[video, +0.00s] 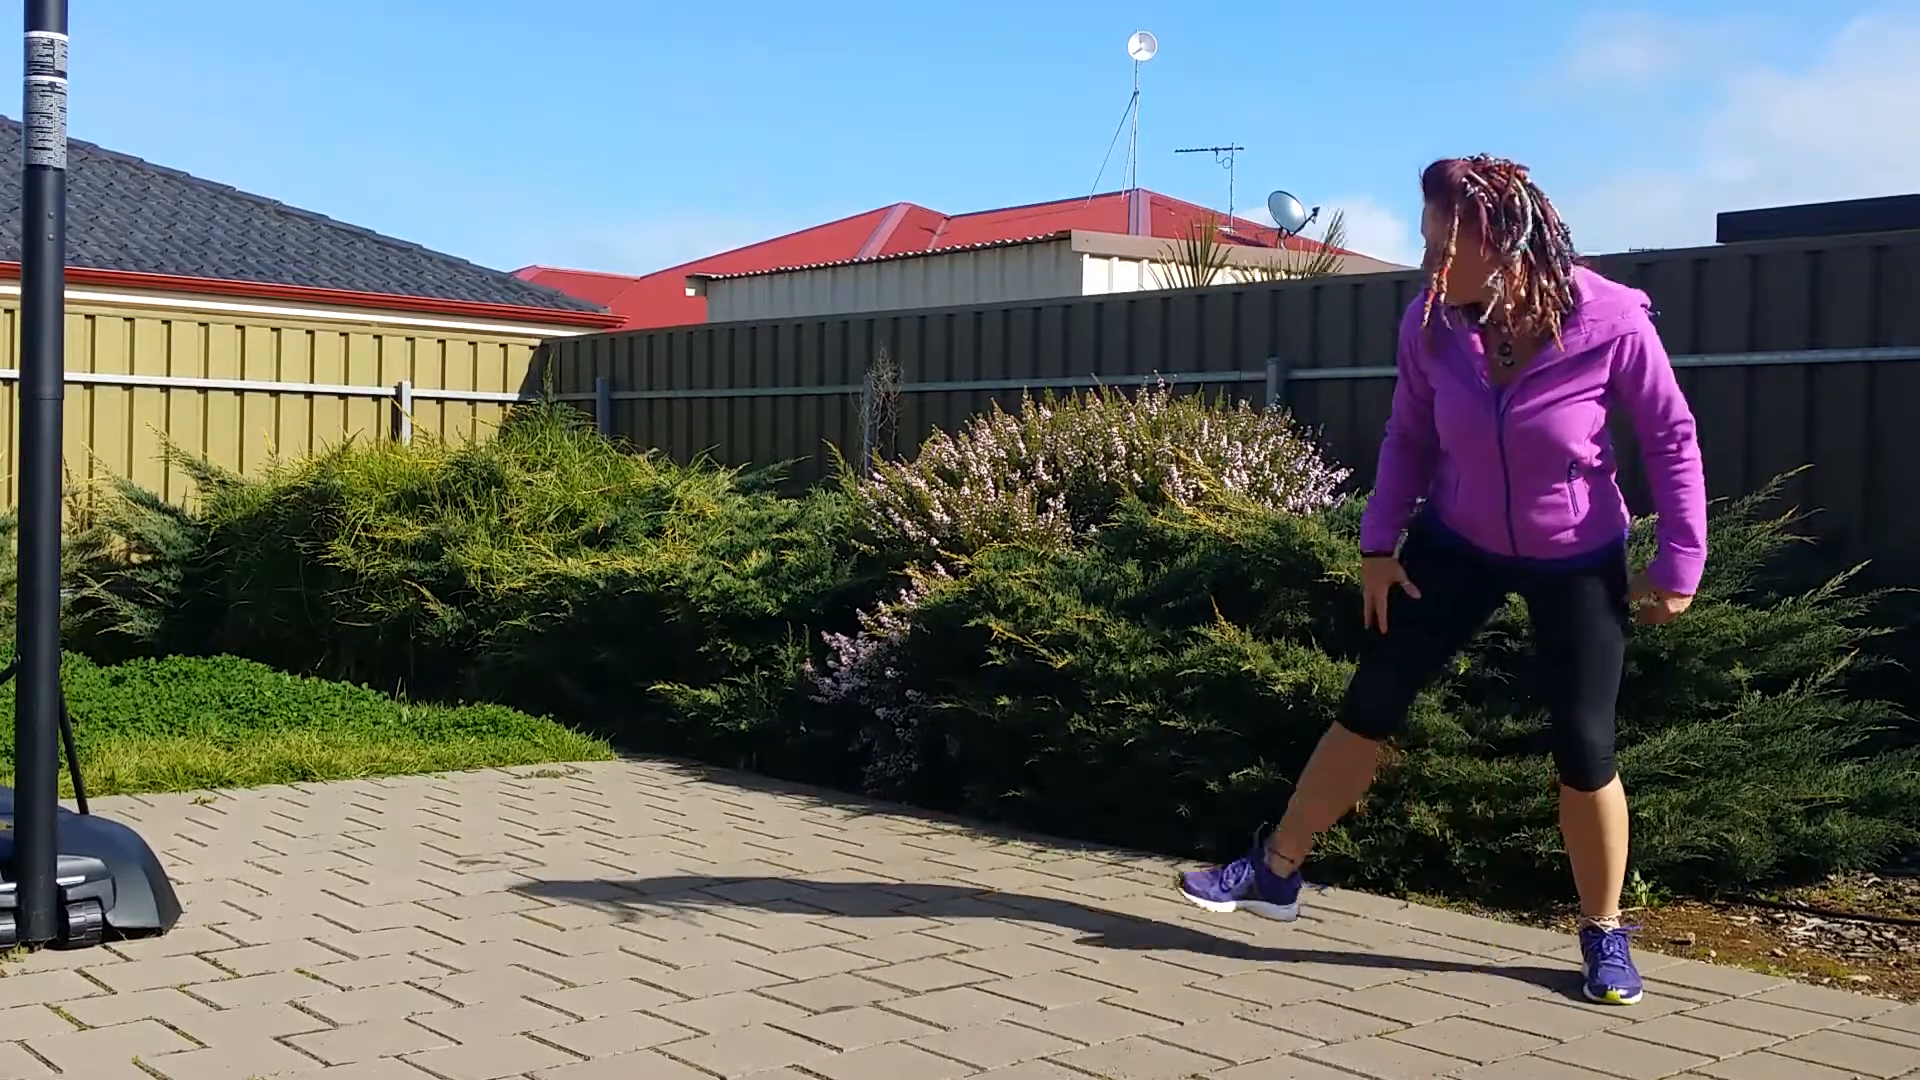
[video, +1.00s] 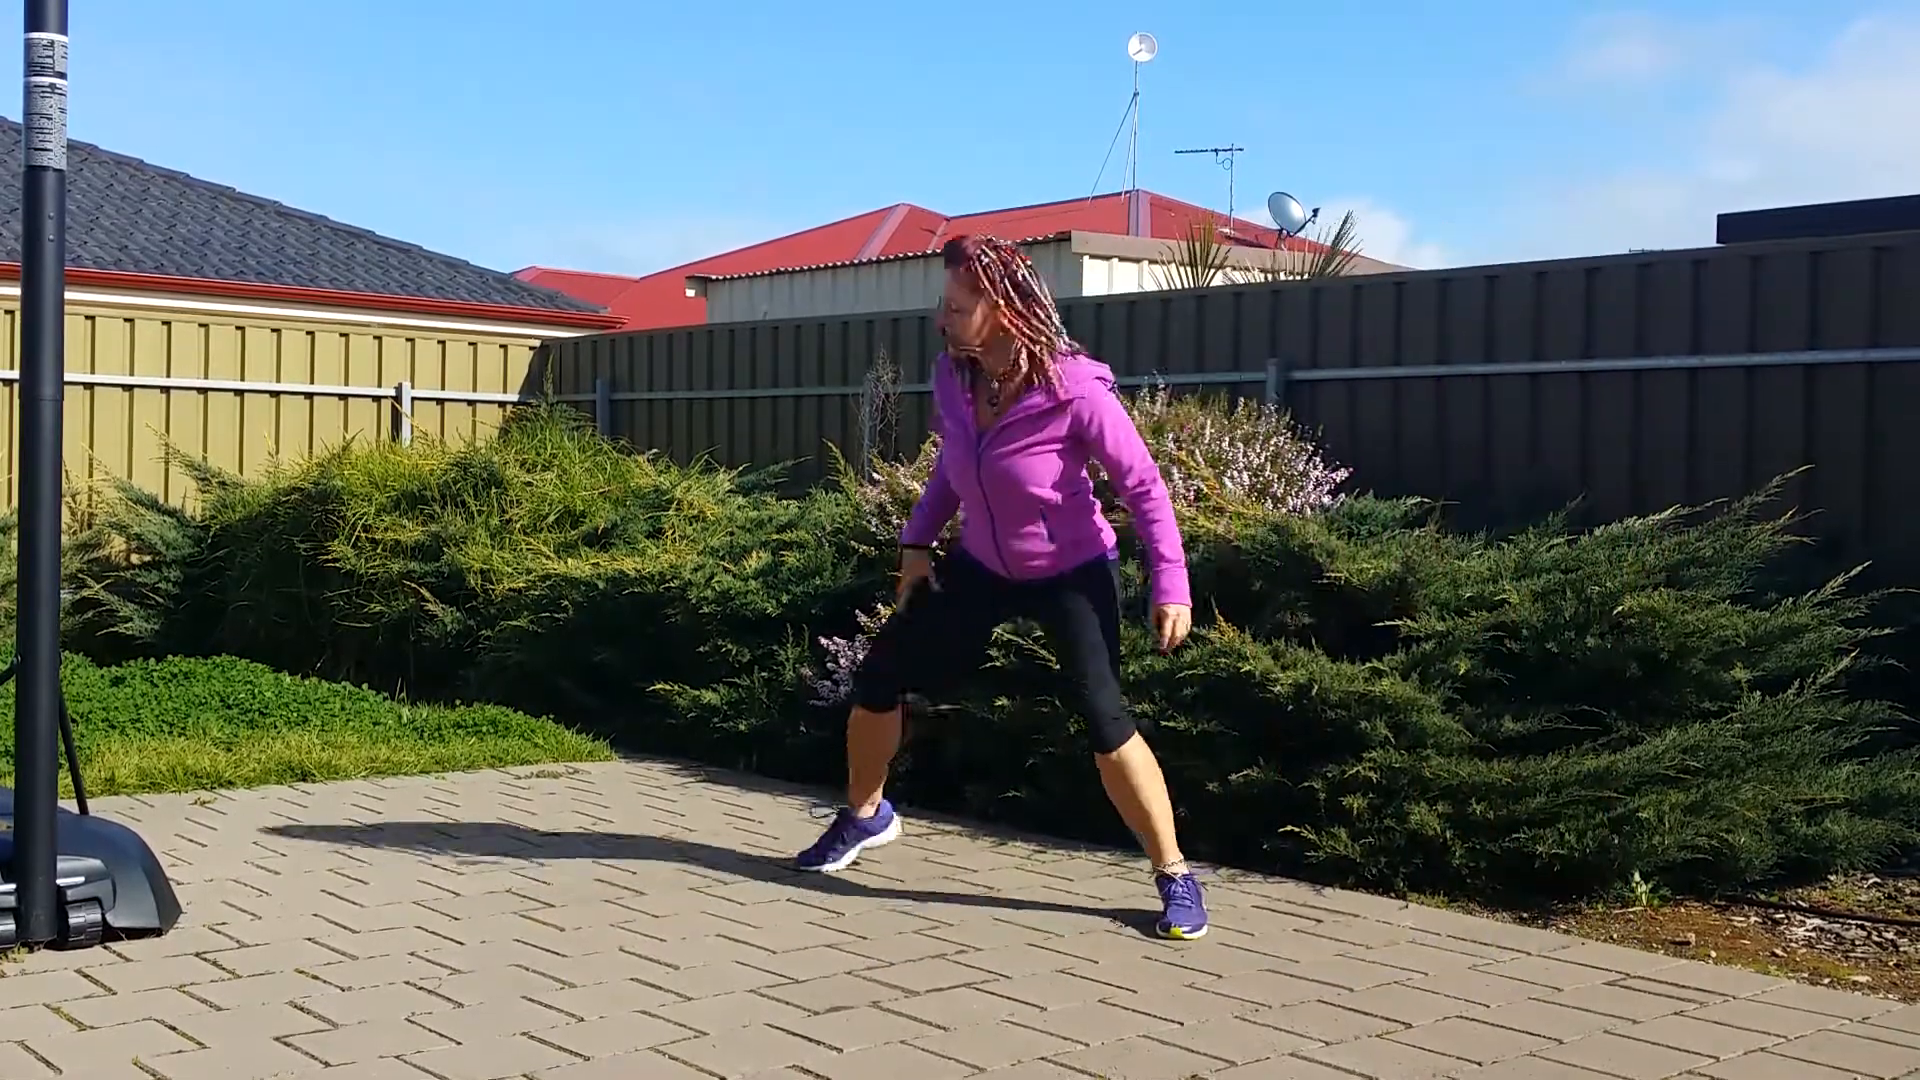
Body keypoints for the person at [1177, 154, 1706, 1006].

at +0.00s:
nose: (1431, 259)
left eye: (1441, 242)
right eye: (1429, 242)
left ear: (1498, 238)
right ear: (1456, 237)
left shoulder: (1614, 317)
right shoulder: (1431, 317)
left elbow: (1671, 435)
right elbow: (1407, 436)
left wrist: (1681, 554)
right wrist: (1379, 541)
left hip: (1576, 556)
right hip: (1456, 544)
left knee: (1586, 749)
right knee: (1370, 704)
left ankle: (1605, 938)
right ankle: (1274, 868)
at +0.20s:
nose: (1364, 326)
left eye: (1376, 311)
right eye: (1363, 310)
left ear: (1434, 310)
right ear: (1393, 312)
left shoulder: (1548, 377)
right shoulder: (1375, 382)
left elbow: (1621, 490)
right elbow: (1361, 477)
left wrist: (1650, 607)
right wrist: (1314, 562)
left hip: (1526, 593)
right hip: (1410, 578)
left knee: (1551, 769)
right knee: (1278, 680)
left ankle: (1601, 935)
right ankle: (1162, 836)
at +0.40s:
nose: (1229, 326)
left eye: (1241, 312)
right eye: (1229, 311)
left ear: (1296, 313)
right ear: (1259, 313)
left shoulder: (1396, 379)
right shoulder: (1236, 380)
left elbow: (1470, 485)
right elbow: (1231, 468)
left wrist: (1509, 594)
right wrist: (1203, 557)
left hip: (1388, 590)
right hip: (1279, 586)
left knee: (1461, 748)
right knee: (1176, 706)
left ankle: (1578, 923)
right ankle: (1189, 878)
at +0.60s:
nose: (1124, 277)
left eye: (1134, 264)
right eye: (1124, 264)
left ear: (1180, 267)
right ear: (1147, 267)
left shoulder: (1289, 340)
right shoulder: (1135, 336)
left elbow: (1355, 437)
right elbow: (1124, 426)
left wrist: (1396, 535)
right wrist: (1103, 511)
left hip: (1275, 539)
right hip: (1175, 533)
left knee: (1272, 690)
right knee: (1107, 671)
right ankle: (1143, 841)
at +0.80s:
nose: (1050, 303)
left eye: (1064, 293)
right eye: (1053, 291)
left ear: (1110, 303)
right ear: (1085, 303)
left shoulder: (1198, 379)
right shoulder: (1066, 364)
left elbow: (1278, 481)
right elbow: (1067, 450)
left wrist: (1332, 574)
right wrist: (1025, 532)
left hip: (1184, 569)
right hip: (1091, 556)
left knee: (1174, 728)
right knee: (986, 669)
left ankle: (1183, 882)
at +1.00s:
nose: (944, 318)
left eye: (959, 307)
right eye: (944, 304)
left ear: (1005, 311)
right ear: (951, 303)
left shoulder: (1073, 384)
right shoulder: (951, 376)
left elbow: (1144, 486)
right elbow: (954, 465)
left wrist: (1171, 582)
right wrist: (917, 542)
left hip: (1069, 573)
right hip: (979, 567)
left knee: (1102, 712)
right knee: (879, 678)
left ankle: (1172, 873)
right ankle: (864, 813)